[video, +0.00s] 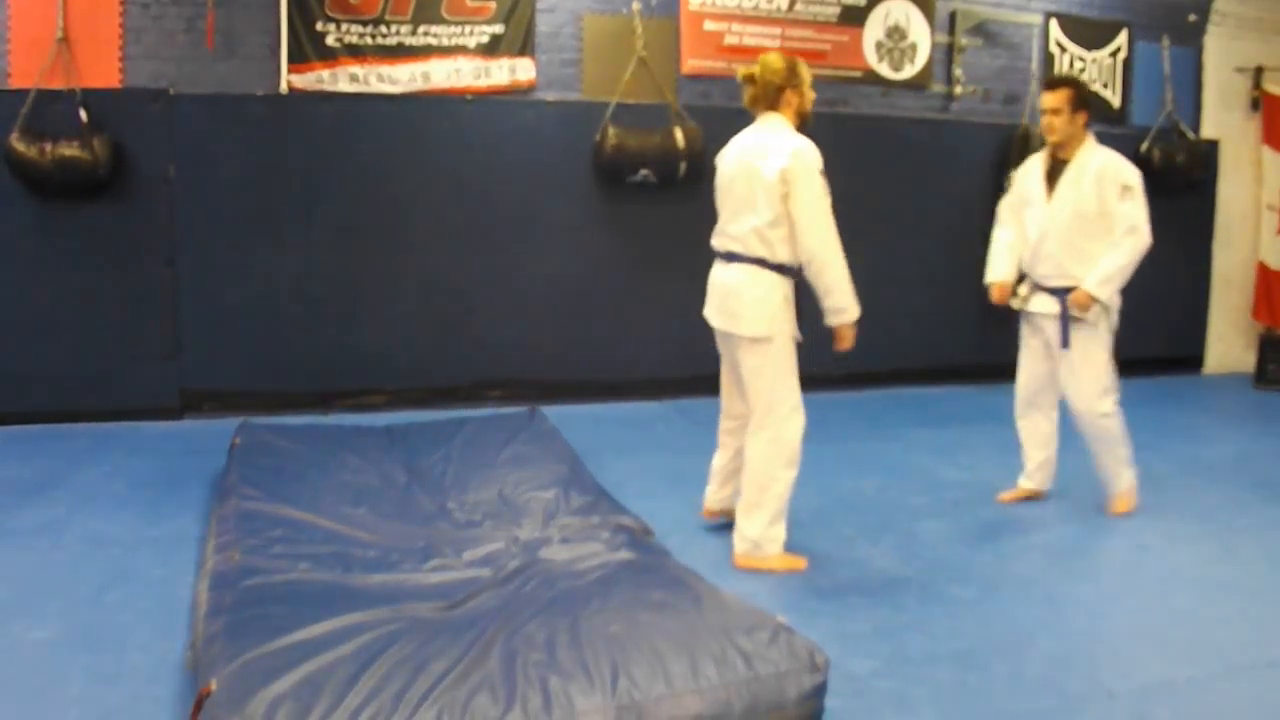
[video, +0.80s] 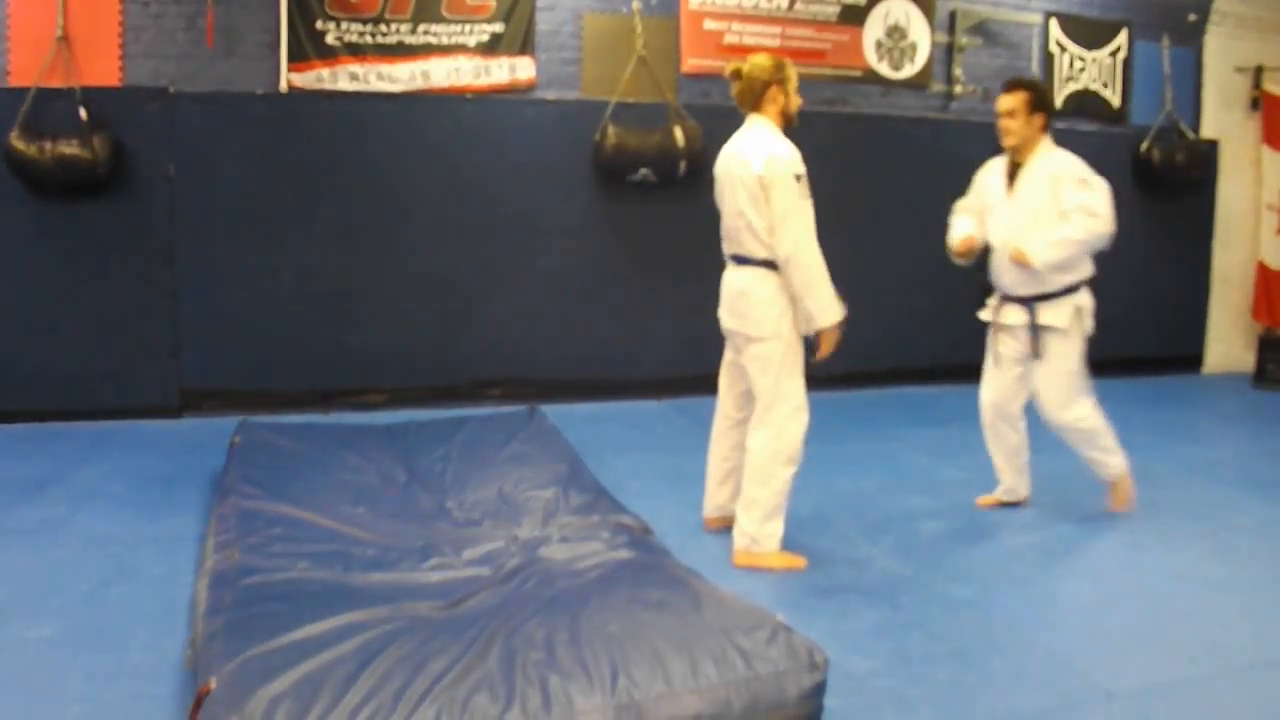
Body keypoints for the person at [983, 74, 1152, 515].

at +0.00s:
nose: (1046, 122)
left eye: (1056, 114)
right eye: (1043, 114)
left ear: (1082, 118)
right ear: (1040, 118)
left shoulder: (1117, 172)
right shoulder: (1028, 172)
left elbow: (1135, 237)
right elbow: (1008, 223)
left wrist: (1094, 289)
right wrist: (1001, 273)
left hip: (1087, 305)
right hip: (1035, 302)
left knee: (1091, 400)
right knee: (1032, 395)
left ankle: (1121, 484)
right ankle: (1035, 478)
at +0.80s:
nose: (1001, 124)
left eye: (1010, 116)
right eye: (998, 116)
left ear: (1039, 120)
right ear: (998, 121)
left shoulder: (1068, 169)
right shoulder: (991, 172)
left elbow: (1097, 226)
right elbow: (967, 212)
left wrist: (1040, 252)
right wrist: (963, 238)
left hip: (1061, 307)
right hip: (1008, 307)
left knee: (1060, 401)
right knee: (997, 401)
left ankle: (1116, 471)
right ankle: (1012, 487)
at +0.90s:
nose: (975, 123)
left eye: (984, 114)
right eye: (972, 114)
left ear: (1012, 118)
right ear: (972, 119)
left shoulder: (1042, 170)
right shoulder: (968, 168)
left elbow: (1042, 227)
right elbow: (941, 202)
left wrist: (983, 238)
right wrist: (930, 221)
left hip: (1036, 300)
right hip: (986, 301)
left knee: (1008, 395)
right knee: (984, 399)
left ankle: (1054, 477)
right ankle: (1011, 483)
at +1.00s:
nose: (951, 120)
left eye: (960, 112)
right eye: (948, 112)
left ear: (988, 116)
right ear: (949, 115)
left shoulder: (1008, 166)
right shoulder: (945, 162)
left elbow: (966, 218)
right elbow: (905, 200)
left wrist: (912, 212)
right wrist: (848, 196)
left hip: (1009, 300)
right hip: (971, 299)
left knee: (964, 394)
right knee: (989, 394)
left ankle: (956, 512)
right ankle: (1012, 482)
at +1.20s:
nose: (910, 121)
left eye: (919, 113)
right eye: (909, 113)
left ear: (949, 117)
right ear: (915, 115)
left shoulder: (963, 166)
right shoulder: (915, 159)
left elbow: (899, 204)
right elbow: (867, 192)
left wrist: (842, 209)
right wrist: (827, 200)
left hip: (953, 307)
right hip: (921, 305)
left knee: (901, 409)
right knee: (928, 400)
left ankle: (881, 527)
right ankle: (996, 465)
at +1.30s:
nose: (880, 114)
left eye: (889, 107)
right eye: (879, 106)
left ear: (919, 110)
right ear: (886, 108)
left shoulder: (938, 160)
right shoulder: (883, 156)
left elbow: (883, 219)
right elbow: (848, 206)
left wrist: (827, 226)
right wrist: (818, 229)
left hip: (929, 302)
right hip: (896, 300)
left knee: (885, 411)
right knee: (880, 401)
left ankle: (879, 529)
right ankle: (950, 461)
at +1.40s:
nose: (858, 107)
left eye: (866, 98)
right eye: (856, 98)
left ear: (897, 100)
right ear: (862, 100)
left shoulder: (919, 152)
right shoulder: (859, 146)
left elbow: (866, 216)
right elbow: (823, 201)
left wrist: (815, 195)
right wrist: (796, 216)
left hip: (909, 297)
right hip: (868, 294)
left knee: (887, 410)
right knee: (840, 396)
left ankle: (883, 525)